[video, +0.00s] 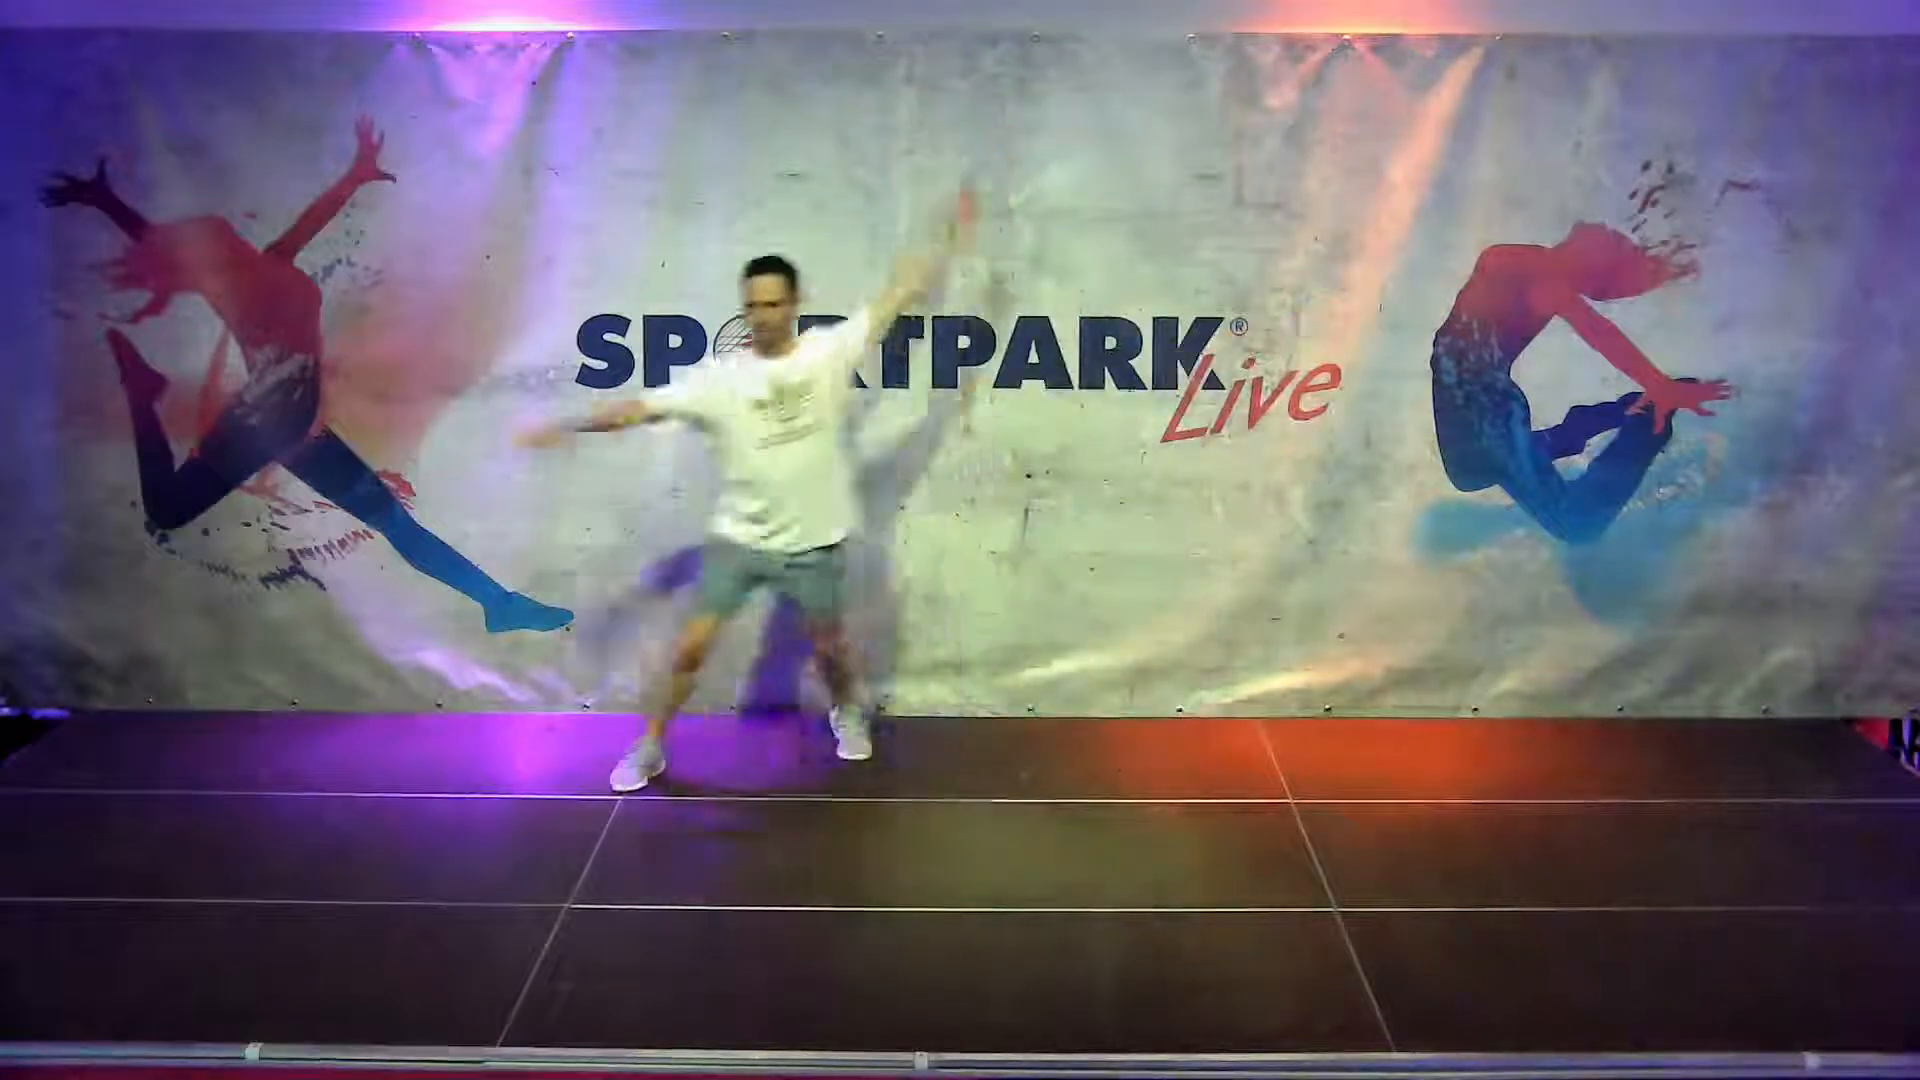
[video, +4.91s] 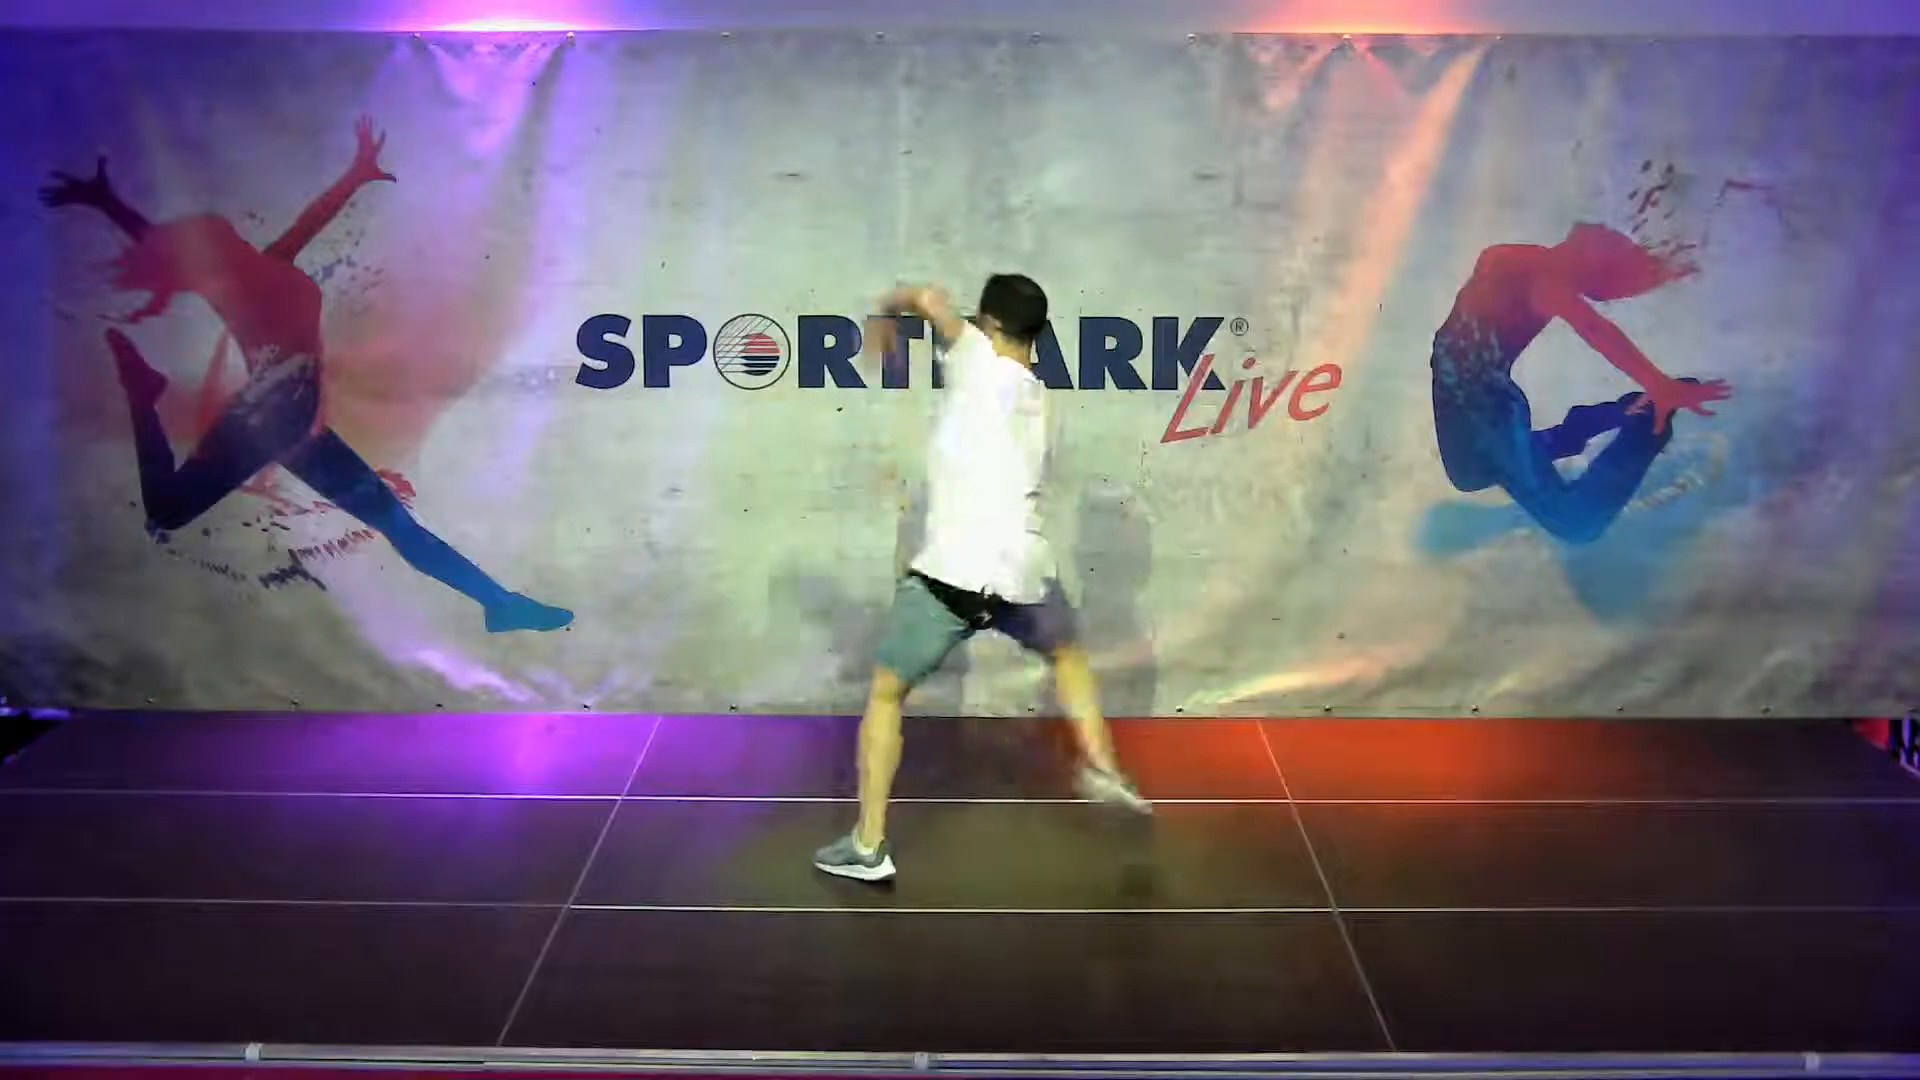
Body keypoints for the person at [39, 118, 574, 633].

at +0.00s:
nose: (182, 280)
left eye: (179, 262)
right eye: (177, 263)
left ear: (203, 254)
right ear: (193, 257)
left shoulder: (267, 267)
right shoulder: (230, 274)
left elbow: (309, 222)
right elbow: (153, 241)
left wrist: (357, 175)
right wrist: (99, 196)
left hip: (297, 426)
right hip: (262, 421)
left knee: (386, 513)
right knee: (166, 511)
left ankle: (500, 602)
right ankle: (141, 392)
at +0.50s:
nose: (219, 245)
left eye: (214, 237)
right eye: (206, 245)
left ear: (224, 240)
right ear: (198, 261)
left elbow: (313, 218)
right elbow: (157, 246)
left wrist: (358, 174)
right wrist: (100, 197)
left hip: (299, 427)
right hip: (257, 426)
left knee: (395, 521)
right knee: (166, 508)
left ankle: (508, 609)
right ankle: (141, 393)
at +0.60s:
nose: (171, 288)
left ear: (210, 249)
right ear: (210, 247)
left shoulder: (268, 266)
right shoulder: (233, 279)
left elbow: (312, 219)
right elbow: (156, 244)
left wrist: (359, 173)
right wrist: (102, 198)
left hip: (294, 425)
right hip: (262, 423)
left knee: (389, 515)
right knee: (167, 513)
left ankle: (497, 598)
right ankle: (140, 393)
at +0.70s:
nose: (176, 292)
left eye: (177, 274)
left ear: (213, 250)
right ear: (214, 247)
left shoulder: (268, 265)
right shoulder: (237, 280)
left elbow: (311, 220)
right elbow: (158, 247)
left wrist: (358, 174)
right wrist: (104, 199)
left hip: (296, 425)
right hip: (263, 423)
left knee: (391, 517)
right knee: (167, 513)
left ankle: (497, 598)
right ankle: (141, 395)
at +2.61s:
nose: (178, 295)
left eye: (178, 274)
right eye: (169, 281)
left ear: (199, 254)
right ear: (208, 245)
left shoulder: (257, 272)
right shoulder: (252, 278)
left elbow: (305, 223)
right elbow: (159, 242)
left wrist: (356, 175)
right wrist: (103, 199)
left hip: (297, 426)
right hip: (265, 422)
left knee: (390, 516)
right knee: (167, 511)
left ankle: (500, 602)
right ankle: (140, 392)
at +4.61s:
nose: (181, 287)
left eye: (180, 267)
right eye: (177, 269)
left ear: (205, 253)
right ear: (204, 249)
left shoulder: (262, 270)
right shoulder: (237, 280)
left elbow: (307, 223)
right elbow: (159, 245)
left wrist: (358, 175)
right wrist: (105, 202)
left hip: (300, 428)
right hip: (262, 422)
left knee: (390, 516)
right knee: (166, 512)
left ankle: (499, 602)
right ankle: (141, 398)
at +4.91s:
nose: (187, 283)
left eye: (186, 263)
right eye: (183, 264)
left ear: (207, 254)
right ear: (205, 250)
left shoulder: (264, 270)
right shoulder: (233, 277)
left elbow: (307, 223)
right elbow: (158, 244)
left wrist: (358, 175)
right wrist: (104, 200)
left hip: (297, 426)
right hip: (265, 418)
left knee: (389, 515)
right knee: (166, 510)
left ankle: (500, 602)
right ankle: (141, 397)